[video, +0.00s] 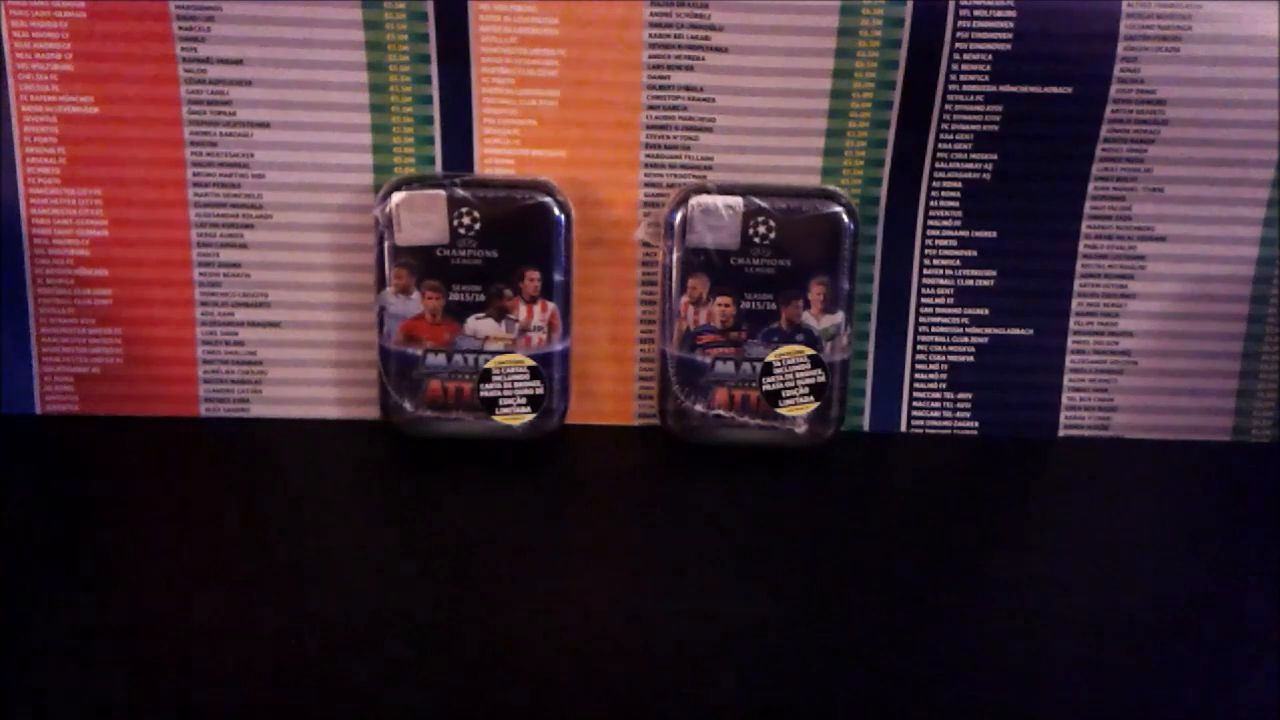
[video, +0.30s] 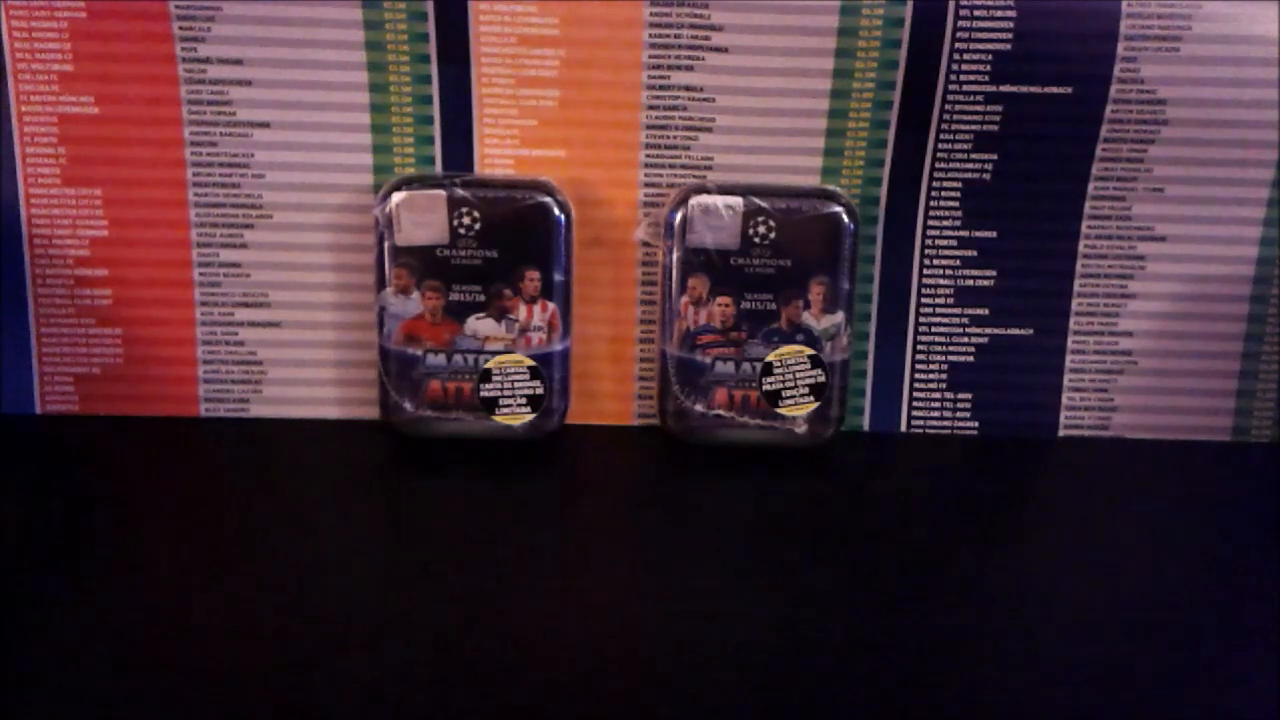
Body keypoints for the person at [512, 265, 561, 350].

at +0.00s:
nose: (536, 285)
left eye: (538, 281)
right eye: (531, 280)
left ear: (541, 283)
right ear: (521, 284)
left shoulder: (551, 308)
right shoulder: (512, 305)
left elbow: (556, 336)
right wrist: (519, 328)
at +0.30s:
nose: (536, 285)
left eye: (539, 280)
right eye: (531, 280)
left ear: (541, 283)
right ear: (521, 284)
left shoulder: (551, 308)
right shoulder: (512, 305)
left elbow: (556, 336)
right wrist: (520, 328)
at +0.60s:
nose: (536, 285)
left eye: (538, 281)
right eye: (531, 281)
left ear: (541, 283)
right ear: (521, 284)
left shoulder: (551, 308)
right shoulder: (512, 306)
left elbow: (556, 337)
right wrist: (520, 329)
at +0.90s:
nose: (536, 285)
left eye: (539, 281)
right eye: (531, 280)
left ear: (541, 283)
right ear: (521, 284)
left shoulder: (551, 308)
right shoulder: (512, 305)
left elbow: (556, 336)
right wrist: (520, 328)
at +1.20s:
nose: (536, 285)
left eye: (539, 281)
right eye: (531, 280)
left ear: (541, 283)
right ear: (521, 284)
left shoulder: (550, 308)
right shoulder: (512, 306)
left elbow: (556, 337)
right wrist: (520, 329)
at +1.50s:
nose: (536, 285)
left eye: (539, 281)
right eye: (531, 280)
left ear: (541, 283)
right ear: (521, 284)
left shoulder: (550, 308)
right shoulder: (513, 305)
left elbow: (556, 337)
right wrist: (520, 328)